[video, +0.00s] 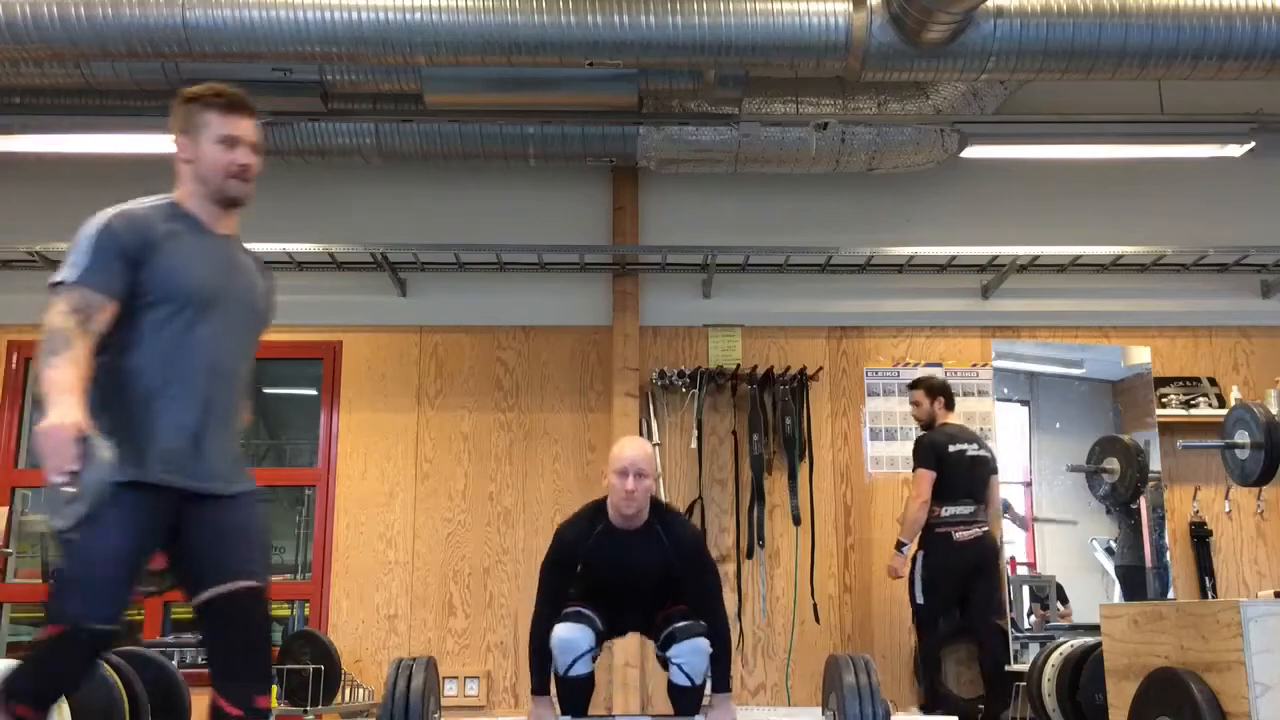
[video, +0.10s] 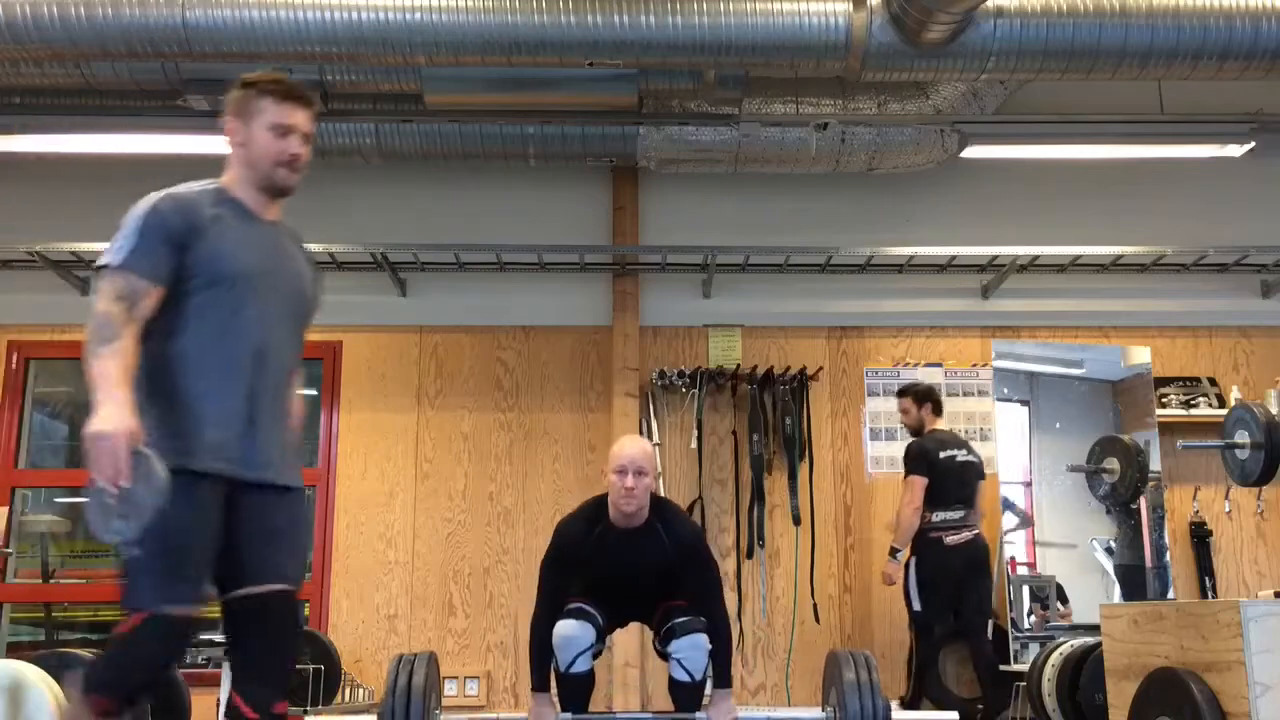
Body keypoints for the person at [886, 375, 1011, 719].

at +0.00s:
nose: (912, 411)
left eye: (917, 404)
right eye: (911, 405)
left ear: (939, 403)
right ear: (943, 406)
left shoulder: (929, 441)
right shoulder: (979, 441)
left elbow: (921, 499)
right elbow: (994, 503)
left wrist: (902, 550)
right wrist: (992, 543)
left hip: (940, 545)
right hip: (981, 544)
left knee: (929, 628)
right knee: (987, 626)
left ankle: (934, 705)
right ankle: (998, 705)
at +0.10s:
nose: (901, 419)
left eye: (905, 412)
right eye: (900, 412)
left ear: (927, 409)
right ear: (931, 412)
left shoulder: (920, 448)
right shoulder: (968, 448)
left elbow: (913, 506)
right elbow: (975, 512)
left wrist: (895, 555)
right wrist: (965, 545)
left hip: (933, 551)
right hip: (973, 549)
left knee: (927, 635)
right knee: (978, 634)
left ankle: (920, 705)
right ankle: (994, 706)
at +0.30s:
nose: (876, 430)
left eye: (878, 422)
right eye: (875, 423)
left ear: (897, 418)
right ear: (903, 419)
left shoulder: (899, 456)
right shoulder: (938, 451)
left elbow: (896, 513)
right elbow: (947, 508)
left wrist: (881, 563)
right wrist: (934, 535)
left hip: (909, 552)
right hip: (944, 550)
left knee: (896, 631)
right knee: (948, 627)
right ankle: (984, 700)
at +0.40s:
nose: (867, 428)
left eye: (870, 421)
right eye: (865, 421)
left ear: (890, 418)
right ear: (896, 419)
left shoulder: (890, 456)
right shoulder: (924, 452)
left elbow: (887, 515)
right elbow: (926, 511)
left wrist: (871, 560)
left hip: (897, 551)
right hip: (928, 550)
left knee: (889, 632)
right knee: (927, 629)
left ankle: (901, 706)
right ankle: (958, 679)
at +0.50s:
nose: (860, 426)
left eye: (865, 419)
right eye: (859, 419)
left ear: (886, 417)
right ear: (886, 419)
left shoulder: (885, 454)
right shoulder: (910, 450)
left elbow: (879, 511)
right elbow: (904, 508)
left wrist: (858, 553)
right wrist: (860, 520)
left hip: (890, 546)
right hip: (913, 544)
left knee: (884, 624)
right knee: (895, 621)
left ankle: (900, 706)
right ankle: (934, 682)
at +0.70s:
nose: (848, 425)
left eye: (854, 419)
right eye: (846, 419)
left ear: (874, 417)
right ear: (863, 419)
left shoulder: (880, 453)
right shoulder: (873, 452)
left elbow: (873, 509)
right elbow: (871, 508)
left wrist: (842, 544)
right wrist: (848, 534)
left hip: (882, 547)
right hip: (874, 546)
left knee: (874, 626)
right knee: (864, 623)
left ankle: (900, 704)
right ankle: (894, 701)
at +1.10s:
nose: (829, 428)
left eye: (836, 422)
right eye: (826, 422)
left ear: (852, 424)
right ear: (823, 423)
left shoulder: (863, 462)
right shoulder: (832, 461)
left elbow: (871, 511)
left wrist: (871, 552)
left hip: (863, 547)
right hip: (841, 546)